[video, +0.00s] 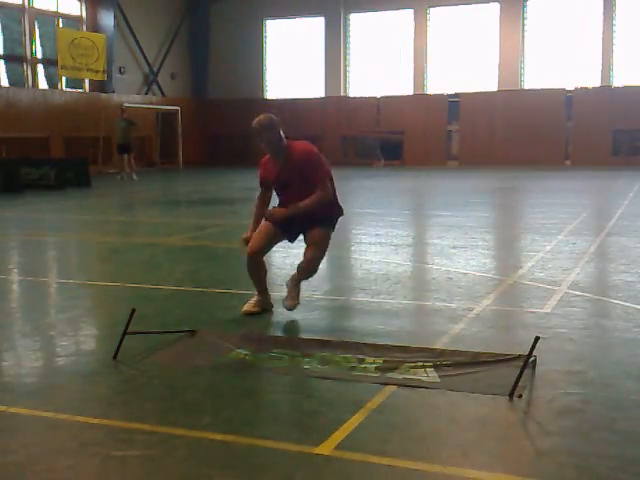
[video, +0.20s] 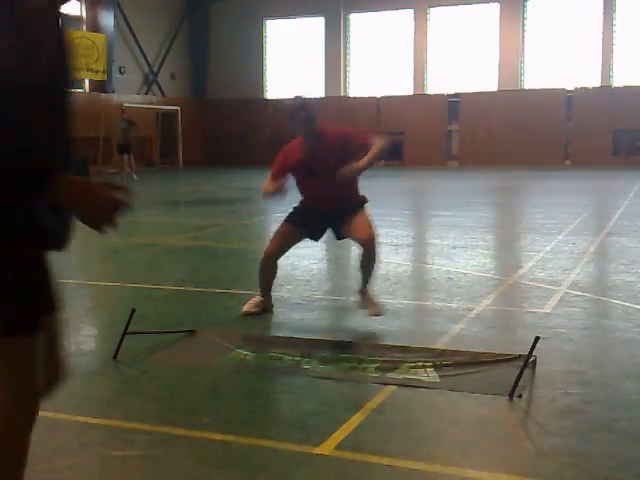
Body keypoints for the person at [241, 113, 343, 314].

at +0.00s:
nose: (268, 147)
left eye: (271, 141)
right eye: (264, 143)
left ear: (280, 135)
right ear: (259, 142)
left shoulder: (306, 152)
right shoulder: (267, 166)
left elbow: (327, 193)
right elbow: (264, 198)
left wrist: (289, 211)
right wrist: (253, 230)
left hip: (320, 209)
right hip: (287, 209)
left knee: (312, 263)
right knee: (254, 251)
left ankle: (295, 282)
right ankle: (263, 297)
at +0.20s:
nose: (306, 125)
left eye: (308, 119)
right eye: (300, 121)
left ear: (315, 119)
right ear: (294, 125)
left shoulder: (337, 138)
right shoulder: (290, 152)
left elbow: (382, 142)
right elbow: (267, 187)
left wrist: (361, 164)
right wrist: (276, 187)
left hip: (347, 206)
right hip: (312, 208)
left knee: (369, 240)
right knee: (270, 253)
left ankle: (364, 292)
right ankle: (265, 299)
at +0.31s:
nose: (348, 105)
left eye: (351, 99)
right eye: (342, 100)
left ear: (357, 96)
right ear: (334, 100)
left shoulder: (379, 116)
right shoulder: (327, 127)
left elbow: (423, 116)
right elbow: (295, 159)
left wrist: (421, 142)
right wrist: (321, 160)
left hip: (376, 199)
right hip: (340, 201)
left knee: (414, 236)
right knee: (297, 249)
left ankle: (427, 292)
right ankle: (267, 295)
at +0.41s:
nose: (393, 93)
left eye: (397, 87)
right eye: (388, 88)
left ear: (405, 88)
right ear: (380, 90)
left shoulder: (422, 114)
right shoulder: (366, 122)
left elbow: (465, 129)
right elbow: (336, 152)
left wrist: (483, 162)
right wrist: (359, 172)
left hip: (410, 195)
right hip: (372, 196)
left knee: (449, 246)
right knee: (330, 244)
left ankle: (492, 302)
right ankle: (307, 291)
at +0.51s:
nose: (439, 116)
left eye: (444, 110)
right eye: (434, 110)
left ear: (451, 108)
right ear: (425, 109)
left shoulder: (463, 131)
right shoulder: (409, 133)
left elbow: (500, 150)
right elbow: (381, 163)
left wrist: (527, 185)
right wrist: (398, 189)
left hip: (445, 209)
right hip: (409, 208)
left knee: (480, 261)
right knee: (363, 260)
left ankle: (524, 316)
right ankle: (382, 284)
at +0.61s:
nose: (466, 120)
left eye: (472, 114)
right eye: (461, 114)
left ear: (482, 120)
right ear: (453, 118)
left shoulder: (496, 149)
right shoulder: (437, 146)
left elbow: (525, 173)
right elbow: (410, 178)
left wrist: (545, 206)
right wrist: (436, 201)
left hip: (469, 215)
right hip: (429, 215)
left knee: (497, 260)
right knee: (404, 277)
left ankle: (527, 317)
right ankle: (448, 281)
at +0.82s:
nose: (479, 139)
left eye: (484, 133)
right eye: (474, 133)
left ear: (494, 131)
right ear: (467, 131)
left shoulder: (511, 155)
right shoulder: (456, 153)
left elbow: (534, 182)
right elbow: (437, 187)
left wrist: (546, 222)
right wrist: (459, 199)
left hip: (483, 216)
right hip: (449, 215)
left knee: (503, 262)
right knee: (435, 273)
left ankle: (528, 317)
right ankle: (476, 283)